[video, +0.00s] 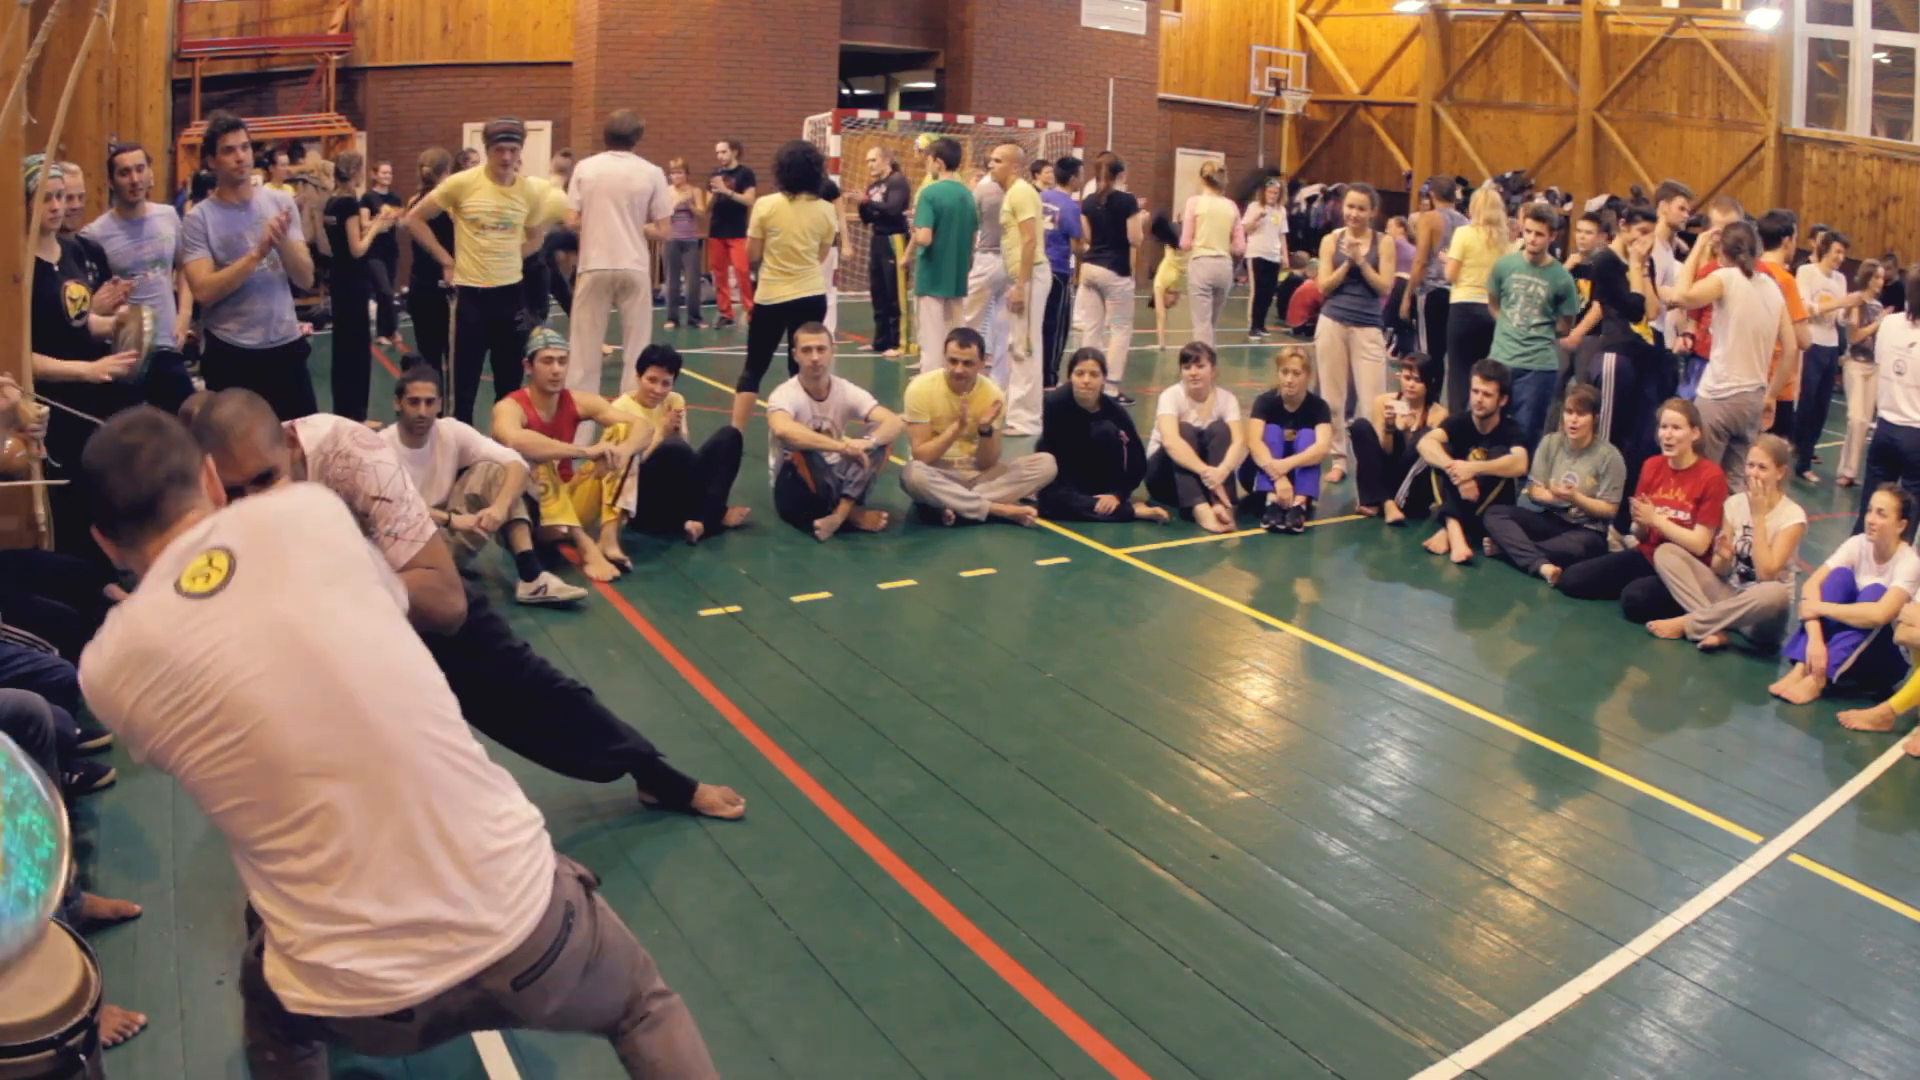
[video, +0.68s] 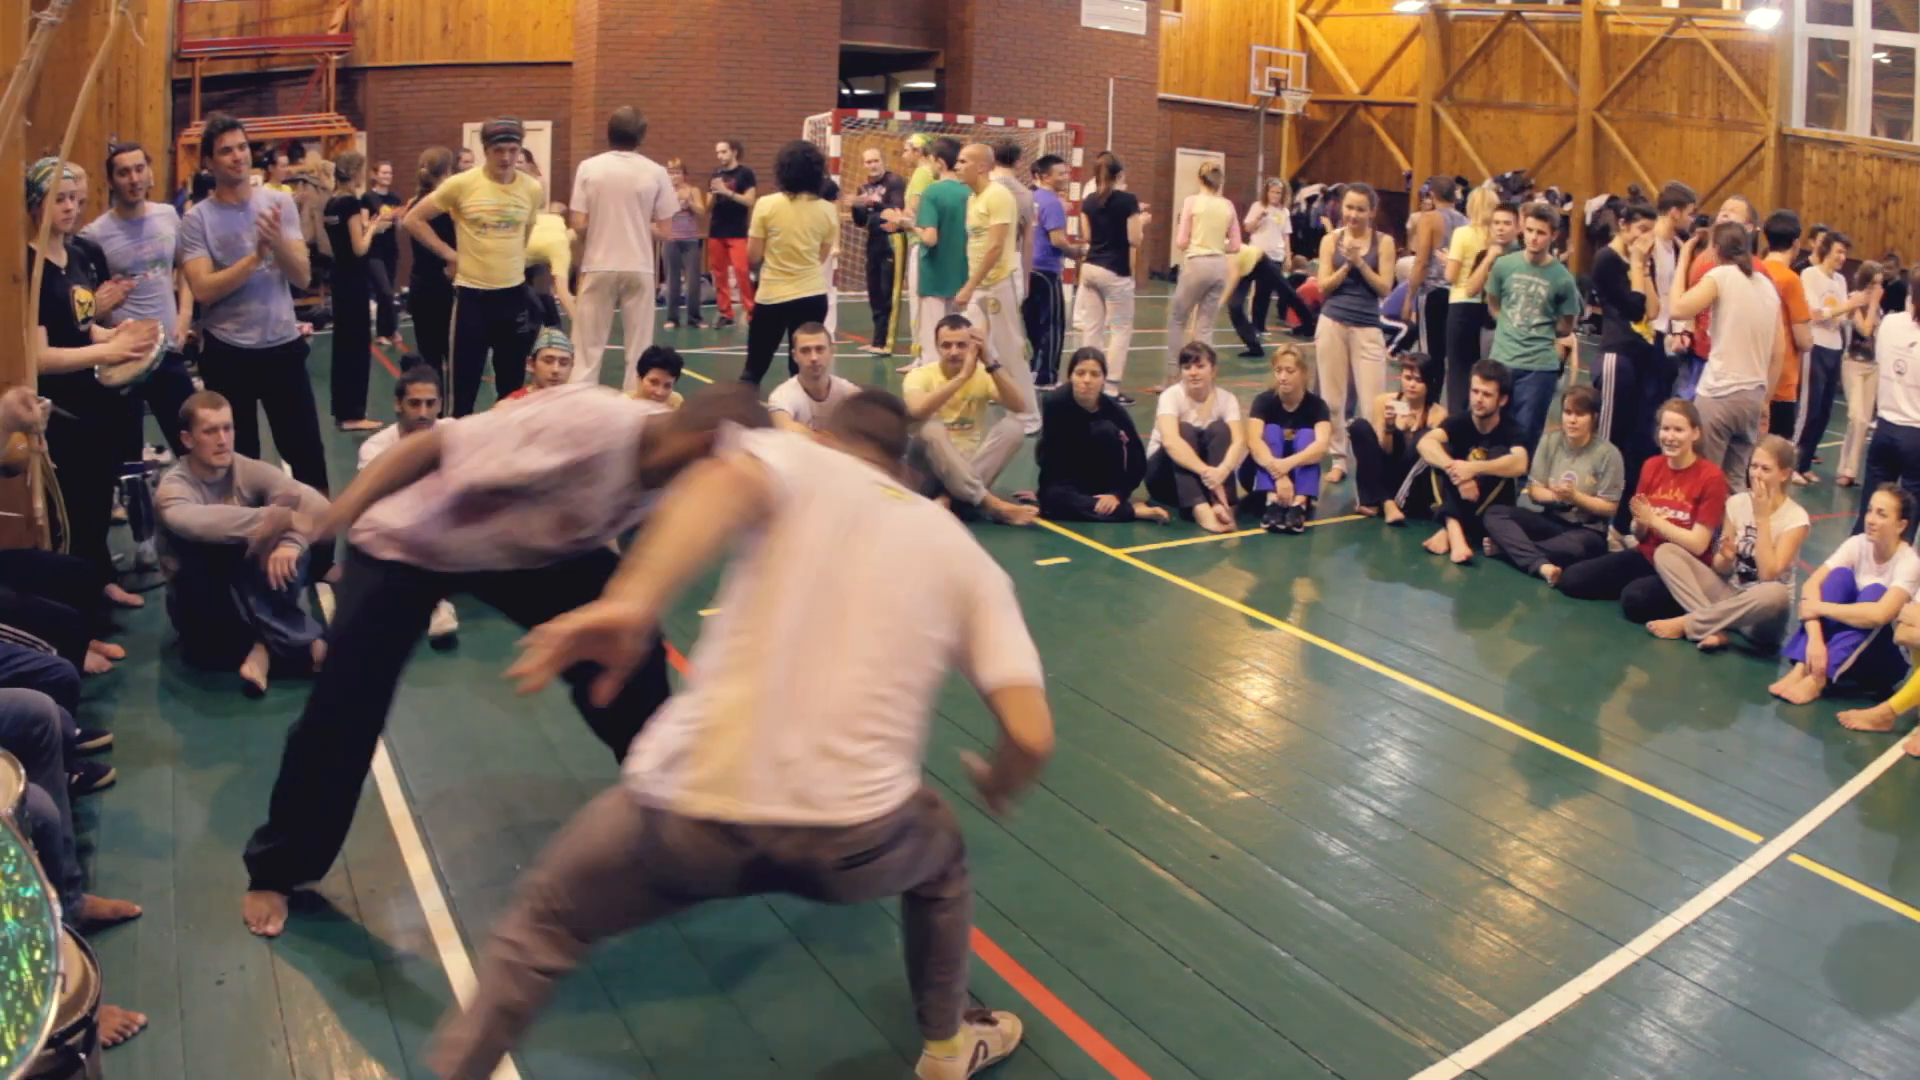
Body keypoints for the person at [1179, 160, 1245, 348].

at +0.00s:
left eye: (1201, 178)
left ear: (1202, 179)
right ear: (1223, 181)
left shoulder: (1193, 203)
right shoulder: (1232, 206)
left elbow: (1185, 243)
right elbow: (1239, 247)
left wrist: (1199, 241)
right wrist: (1222, 246)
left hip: (1200, 258)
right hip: (1224, 260)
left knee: (1202, 321)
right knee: (1211, 321)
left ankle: (1204, 368)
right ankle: (1205, 363)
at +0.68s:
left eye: (1198, 180)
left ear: (1200, 181)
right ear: (1220, 182)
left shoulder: (1191, 202)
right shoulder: (1228, 206)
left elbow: (1182, 240)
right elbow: (1235, 244)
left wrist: (1188, 247)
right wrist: (1216, 244)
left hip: (1196, 260)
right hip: (1219, 261)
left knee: (1178, 317)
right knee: (1206, 322)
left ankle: (1175, 370)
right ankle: (1203, 370)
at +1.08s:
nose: (1178, 186)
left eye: (1178, 182)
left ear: (1177, 183)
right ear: (1197, 184)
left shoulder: (1169, 205)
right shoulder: (1208, 206)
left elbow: (1165, 245)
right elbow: (1216, 244)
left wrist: (1173, 259)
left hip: (1179, 259)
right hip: (1204, 259)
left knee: (1165, 318)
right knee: (1195, 323)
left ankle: (1157, 366)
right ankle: (1199, 368)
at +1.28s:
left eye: (1162, 186)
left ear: (1161, 188)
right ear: (1181, 187)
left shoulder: (1157, 210)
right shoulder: (1193, 208)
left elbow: (1153, 251)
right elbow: (1202, 243)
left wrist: (1151, 278)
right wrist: (1194, 259)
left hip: (1170, 259)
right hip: (1194, 258)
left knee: (1155, 317)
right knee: (1178, 320)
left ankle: (1152, 375)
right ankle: (1181, 374)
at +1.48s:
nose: (1147, 208)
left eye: (1148, 204)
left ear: (1151, 205)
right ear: (1170, 204)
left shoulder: (1147, 227)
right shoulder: (1183, 222)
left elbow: (1143, 264)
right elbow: (1195, 255)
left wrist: (1132, 288)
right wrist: (1191, 270)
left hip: (1167, 273)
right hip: (1190, 272)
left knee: (1144, 323)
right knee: (1160, 325)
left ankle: (1152, 374)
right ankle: (1159, 374)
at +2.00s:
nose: (1147, 187)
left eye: (1147, 184)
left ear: (1149, 184)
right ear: (1169, 184)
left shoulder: (1144, 207)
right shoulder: (1183, 205)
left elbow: (1140, 244)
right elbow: (1199, 233)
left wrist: (1135, 269)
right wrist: (1181, 241)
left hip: (1158, 258)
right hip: (1182, 256)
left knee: (1145, 313)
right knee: (1163, 315)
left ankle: (1157, 366)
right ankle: (1162, 367)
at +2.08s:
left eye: (1151, 179)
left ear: (1151, 180)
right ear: (1171, 179)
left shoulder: (1144, 202)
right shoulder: (1184, 202)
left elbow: (1140, 234)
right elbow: (1199, 229)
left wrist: (1146, 245)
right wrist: (1182, 239)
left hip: (1158, 251)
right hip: (1182, 251)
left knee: (1149, 314)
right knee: (1176, 314)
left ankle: (1160, 371)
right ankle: (1179, 368)